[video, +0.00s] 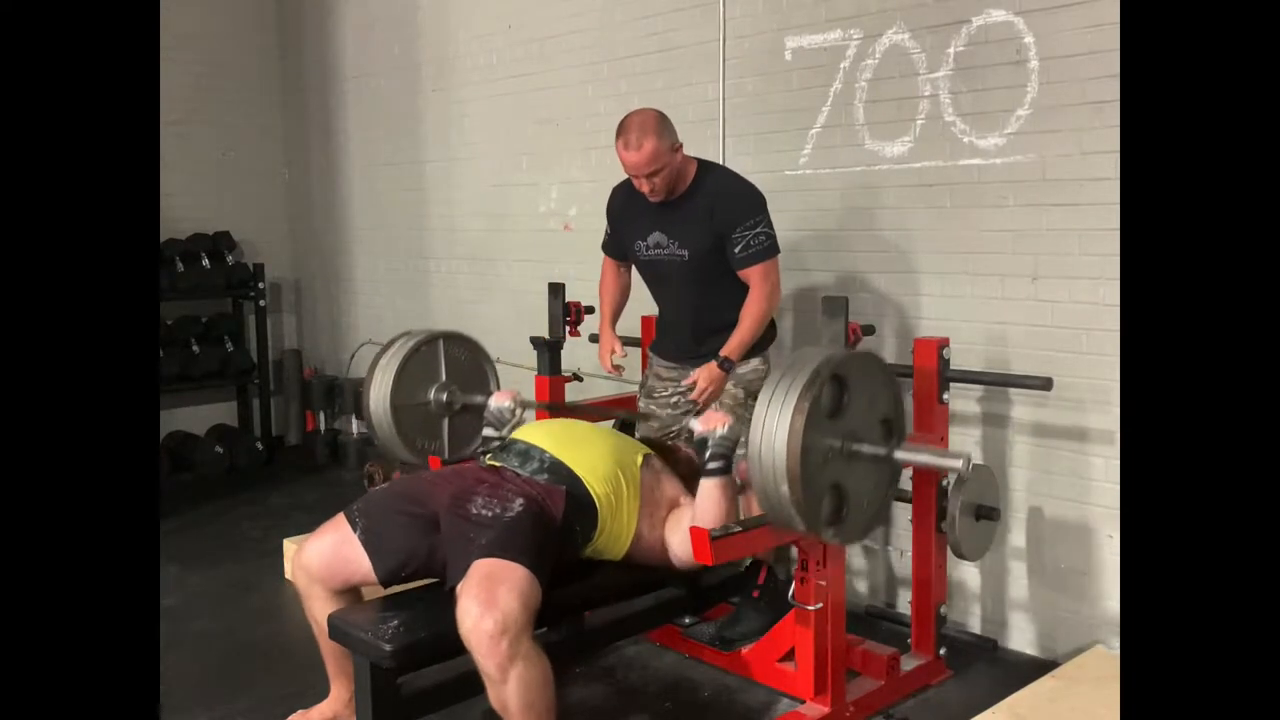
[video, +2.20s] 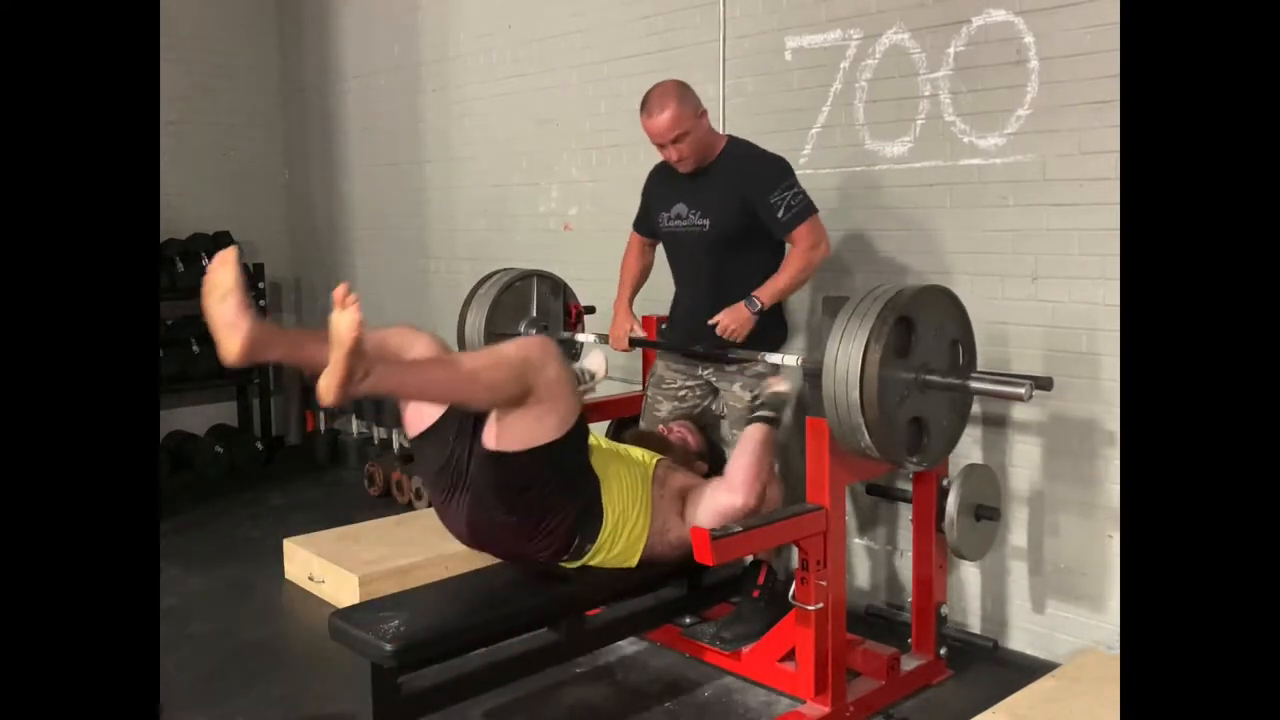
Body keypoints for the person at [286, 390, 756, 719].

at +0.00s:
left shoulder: (672, 504)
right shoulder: (582, 440)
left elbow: (710, 543)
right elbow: (515, 460)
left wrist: (717, 453)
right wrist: (503, 426)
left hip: (523, 498)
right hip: (463, 474)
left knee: (490, 627)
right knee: (311, 562)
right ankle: (342, 700)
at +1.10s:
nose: (680, 441)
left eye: (692, 445)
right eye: (675, 437)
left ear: (703, 468)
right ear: (655, 443)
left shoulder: (683, 505)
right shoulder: (597, 445)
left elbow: (741, 450)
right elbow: (571, 411)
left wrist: (781, 370)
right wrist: (569, 341)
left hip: (533, 508)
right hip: (467, 479)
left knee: (488, 625)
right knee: (311, 562)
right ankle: (341, 698)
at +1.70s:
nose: (669, 431)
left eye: (683, 435)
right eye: (665, 425)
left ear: (699, 460)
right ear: (647, 428)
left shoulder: (684, 492)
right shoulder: (596, 447)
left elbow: (756, 478)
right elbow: (544, 432)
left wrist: (786, 385)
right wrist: (572, 363)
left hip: (548, 524)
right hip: (478, 495)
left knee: (452, 554)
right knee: (308, 530)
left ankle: (376, 713)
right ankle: (251, 702)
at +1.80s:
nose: (658, 427)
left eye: (673, 429)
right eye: (654, 421)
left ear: (695, 450)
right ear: (640, 426)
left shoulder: (685, 488)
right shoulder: (586, 453)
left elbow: (754, 478)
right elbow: (533, 450)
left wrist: (785, 388)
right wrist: (560, 379)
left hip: (554, 543)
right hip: (474, 514)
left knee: (466, 483)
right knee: (330, 463)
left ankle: (311, 636)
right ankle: (222, 618)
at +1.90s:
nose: (670, 419)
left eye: (686, 426)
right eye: (667, 417)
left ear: (703, 453)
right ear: (651, 426)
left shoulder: (690, 492)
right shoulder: (603, 447)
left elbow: (760, 476)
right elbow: (536, 433)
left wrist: (784, 386)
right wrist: (569, 370)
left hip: (553, 554)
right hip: (477, 528)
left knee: (507, 427)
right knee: (383, 405)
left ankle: (323, 499)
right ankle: (234, 488)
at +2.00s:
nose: (678, 430)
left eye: (693, 433)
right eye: (674, 426)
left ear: (708, 456)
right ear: (660, 433)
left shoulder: (701, 494)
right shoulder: (619, 460)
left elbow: (757, 479)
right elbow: (552, 440)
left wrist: (788, 386)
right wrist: (572, 369)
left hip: (542, 540)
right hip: (471, 513)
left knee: (549, 385)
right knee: (425, 366)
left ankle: (374, 390)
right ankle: (277, 376)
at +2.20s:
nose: (672, 432)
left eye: (688, 434)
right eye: (667, 428)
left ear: (708, 460)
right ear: (655, 435)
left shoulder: (702, 500)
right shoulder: (618, 462)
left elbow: (752, 478)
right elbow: (556, 438)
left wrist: (758, 426)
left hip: (547, 523)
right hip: (473, 497)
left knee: (540, 360)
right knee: (413, 345)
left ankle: (360, 382)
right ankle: (254, 337)